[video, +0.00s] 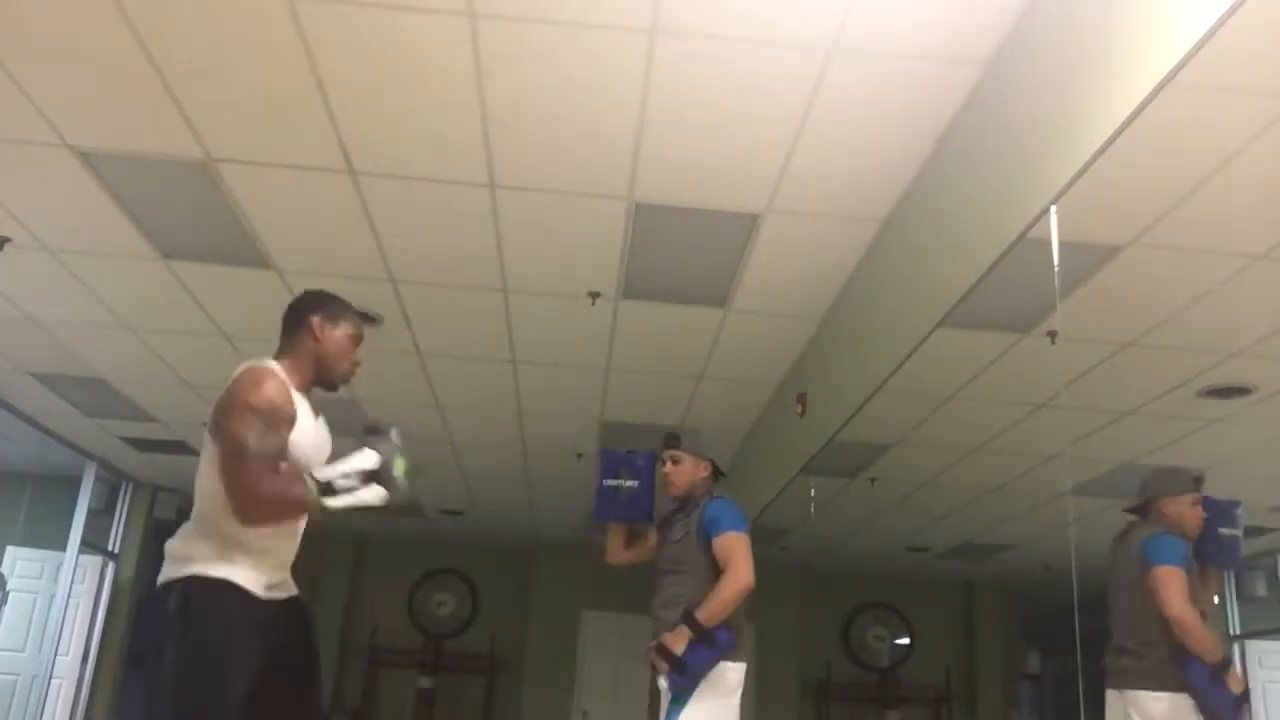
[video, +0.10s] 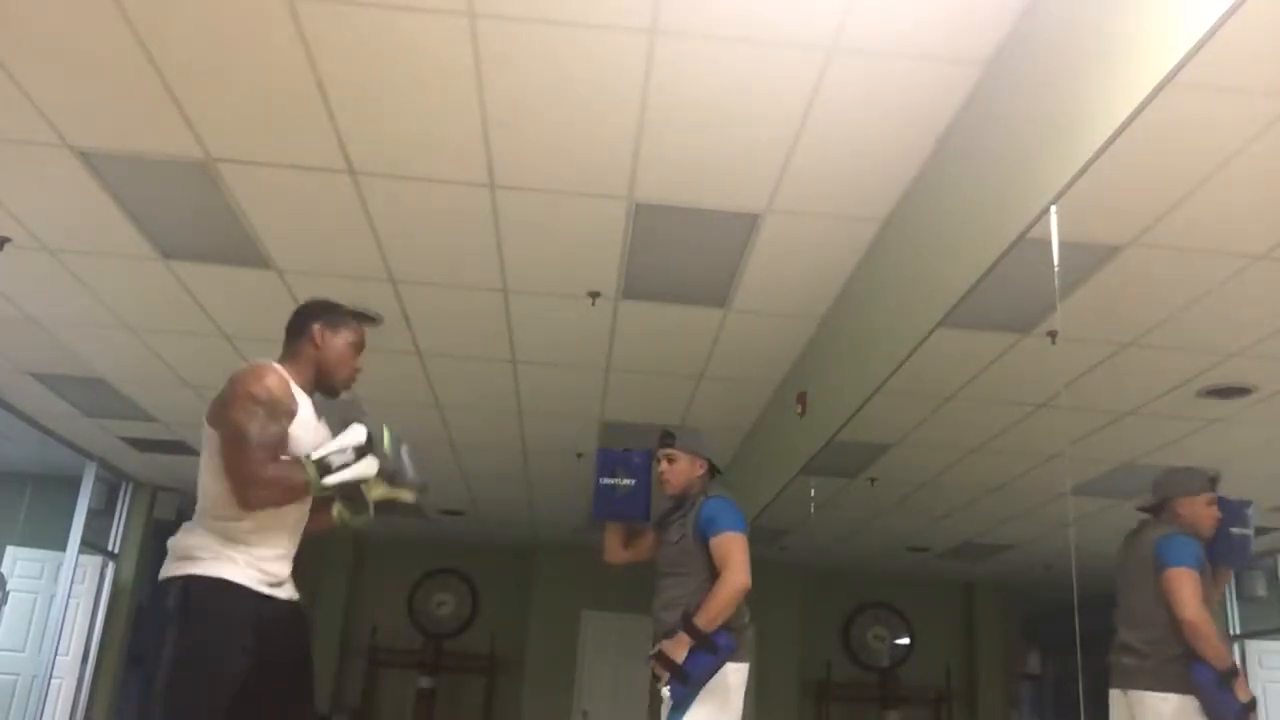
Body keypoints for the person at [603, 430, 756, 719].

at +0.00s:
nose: (666, 469)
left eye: (676, 461)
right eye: (664, 463)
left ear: (704, 469)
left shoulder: (718, 510)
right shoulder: (676, 520)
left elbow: (740, 578)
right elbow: (617, 554)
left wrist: (683, 633)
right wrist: (618, 490)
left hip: (709, 660)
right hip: (679, 659)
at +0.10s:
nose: (661, 469)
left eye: (671, 460)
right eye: (659, 462)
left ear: (700, 466)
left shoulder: (715, 508)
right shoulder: (674, 517)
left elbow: (737, 579)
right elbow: (616, 553)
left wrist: (685, 637)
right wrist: (617, 489)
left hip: (711, 659)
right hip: (680, 658)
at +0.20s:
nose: (651, 470)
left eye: (661, 460)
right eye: (650, 461)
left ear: (691, 464)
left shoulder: (709, 506)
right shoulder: (668, 515)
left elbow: (731, 578)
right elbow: (613, 552)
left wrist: (680, 638)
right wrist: (615, 487)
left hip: (715, 655)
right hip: (681, 654)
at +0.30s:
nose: (644, 467)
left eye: (653, 458)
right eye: (643, 459)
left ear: (684, 460)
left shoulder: (700, 500)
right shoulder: (670, 510)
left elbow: (720, 573)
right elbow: (615, 550)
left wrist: (676, 639)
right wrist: (613, 486)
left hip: (721, 655)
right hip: (692, 654)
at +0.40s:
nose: (646, 464)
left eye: (655, 454)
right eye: (646, 456)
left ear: (688, 457)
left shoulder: (701, 495)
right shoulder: (676, 505)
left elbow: (716, 568)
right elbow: (623, 547)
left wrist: (675, 636)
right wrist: (617, 481)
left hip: (725, 655)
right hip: (699, 653)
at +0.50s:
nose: (658, 459)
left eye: (668, 450)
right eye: (659, 450)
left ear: (700, 453)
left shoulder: (711, 492)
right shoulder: (692, 501)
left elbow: (721, 568)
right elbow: (637, 541)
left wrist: (676, 632)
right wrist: (630, 475)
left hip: (727, 655)